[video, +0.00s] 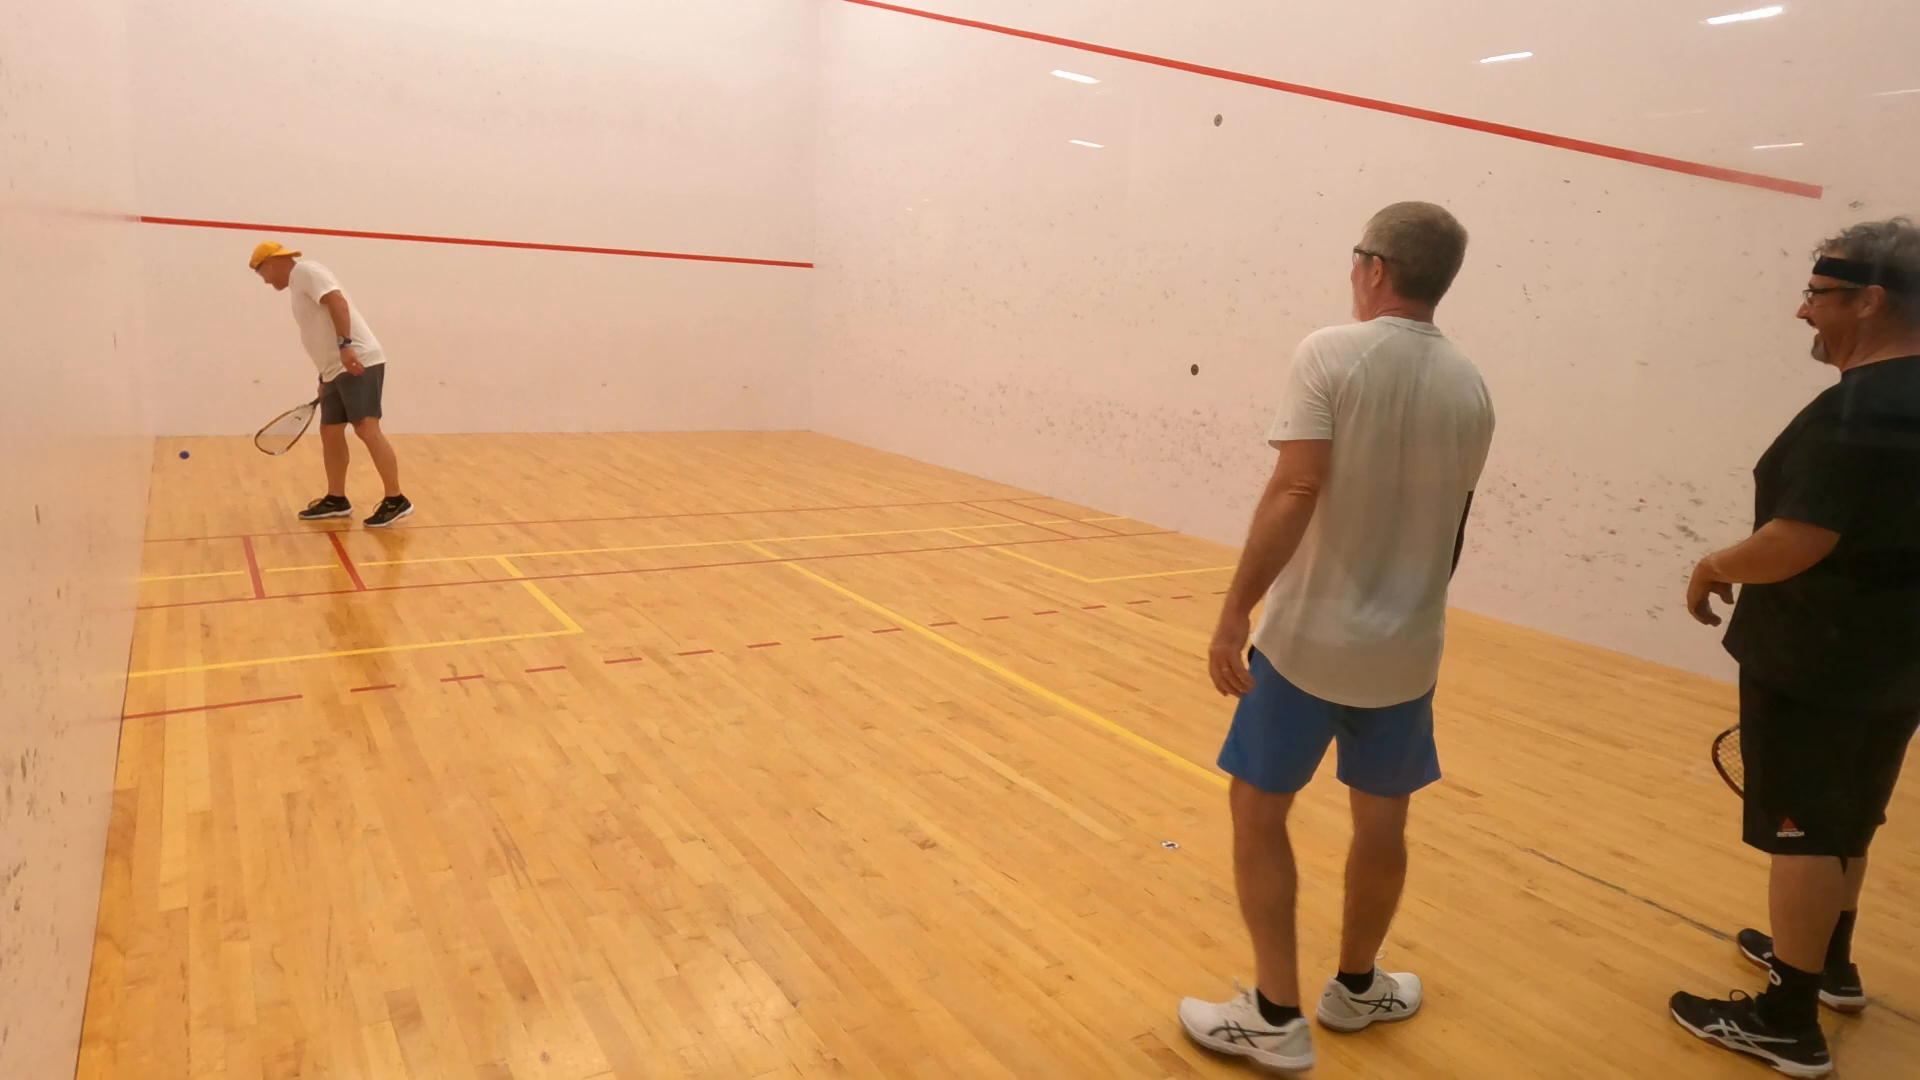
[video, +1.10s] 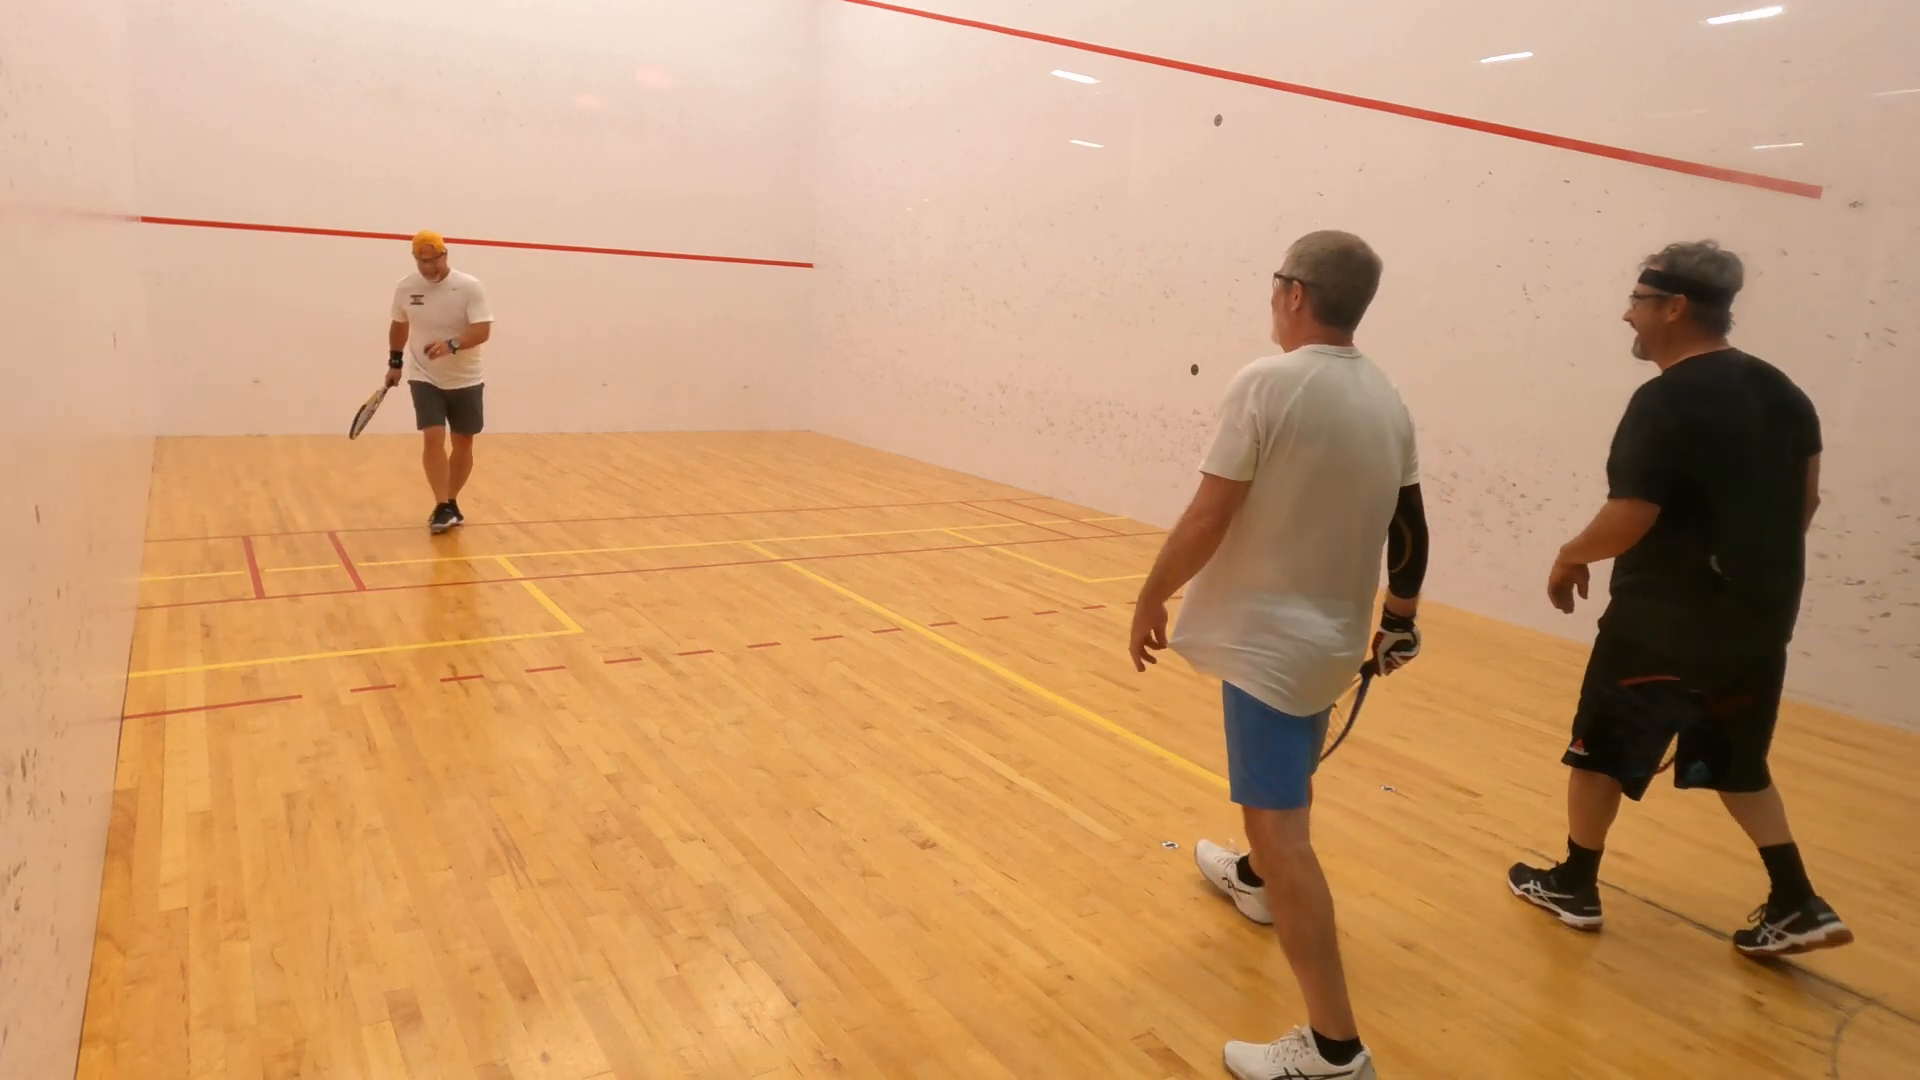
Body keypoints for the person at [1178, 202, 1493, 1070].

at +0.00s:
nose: (1351, 275)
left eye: (1357, 263)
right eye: (1358, 260)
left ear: (1375, 273)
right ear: (1441, 283)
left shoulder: (1332, 355)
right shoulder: (1470, 388)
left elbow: (1295, 489)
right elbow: (1450, 528)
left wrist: (1236, 607)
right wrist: (1404, 619)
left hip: (1309, 641)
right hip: (1408, 652)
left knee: (1258, 809)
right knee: (1382, 814)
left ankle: (1277, 1013)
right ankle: (1355, 984)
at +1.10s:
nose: (1272, 298)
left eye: (1277, 286)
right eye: (1276, 284)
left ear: (1297, 297)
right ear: (1357, 308)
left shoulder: (1269, 383)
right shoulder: (1387, 400)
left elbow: (1211, 513)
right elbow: (1407, 531)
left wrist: (1153, 594)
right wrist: (1397, 617)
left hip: (1270, 645)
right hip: (1337, 643)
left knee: (1281, 840)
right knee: (1286, 753)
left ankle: (1335, 1044)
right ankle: (1262, 874)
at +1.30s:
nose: (1249, 306)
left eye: (1254, 294)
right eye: (1255, 294)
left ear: (1270, 301)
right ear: (1325, 314)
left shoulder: (1243, 366)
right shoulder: (1351, 393)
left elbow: (1213, 486)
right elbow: (1359, 518)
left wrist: (1167, 581)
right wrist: (1347, 604)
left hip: (1246, 615)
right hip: (1320, 619)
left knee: (1181, 778)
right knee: (1267, 741)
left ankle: (1280, 962)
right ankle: (1239, 873)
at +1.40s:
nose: (1234, 312)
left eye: (1238, 300)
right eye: (1238, 300)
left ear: (1255, 306)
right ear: (1307, 318)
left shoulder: (1232, 361)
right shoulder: (1333, 394)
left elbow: (1203, 471)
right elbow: (1341, 512)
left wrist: (1159, 571)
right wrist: (1325, 595)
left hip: (1235, 602)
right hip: (1311, 610)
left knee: (1149, 754)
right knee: (1262, 733)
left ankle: (1215, 940)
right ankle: (1251, 876)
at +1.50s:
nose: (1214, 321)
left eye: (1218, 309)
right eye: (1219, 310)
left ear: (1233, 311)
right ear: (1284, 322)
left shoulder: (1216, 360)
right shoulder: (1312, 392)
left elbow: (1195, 462)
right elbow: (1323, 521)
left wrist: (1155, 567)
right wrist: (1289, 604)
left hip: (1226, 597)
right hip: (1301, 605)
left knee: (1136, 747)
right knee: (1257, 730)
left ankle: (1132, 942)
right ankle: (1251, 877)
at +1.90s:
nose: (1090, 316)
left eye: (1093, 305)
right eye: (1094, 304)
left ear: (1108, 308)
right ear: (1167, 315)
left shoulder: (1097, 379)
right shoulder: (1207, 390)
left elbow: (1070, 499)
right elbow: (1237, 514)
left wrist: (1045, 605)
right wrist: (1189, 577)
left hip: (1128, 607)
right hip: (1211, 607)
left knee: (1038, 745)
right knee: (1215, 733)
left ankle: (1008, 918)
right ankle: (1246, 875)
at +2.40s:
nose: (1084, 289)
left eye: (1087, 278)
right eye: (1088, 277)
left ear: (1099, 285)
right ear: (1161, 288)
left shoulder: (1090, 369)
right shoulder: (1190, 362)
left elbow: (1055, 493)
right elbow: (1193, 483)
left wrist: (986, 477)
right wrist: (1095, 521)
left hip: (1113, 597)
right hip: (1194, 595)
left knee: (1045, 746)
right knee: (1204, 734)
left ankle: (1009, 918)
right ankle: (1217, 877)